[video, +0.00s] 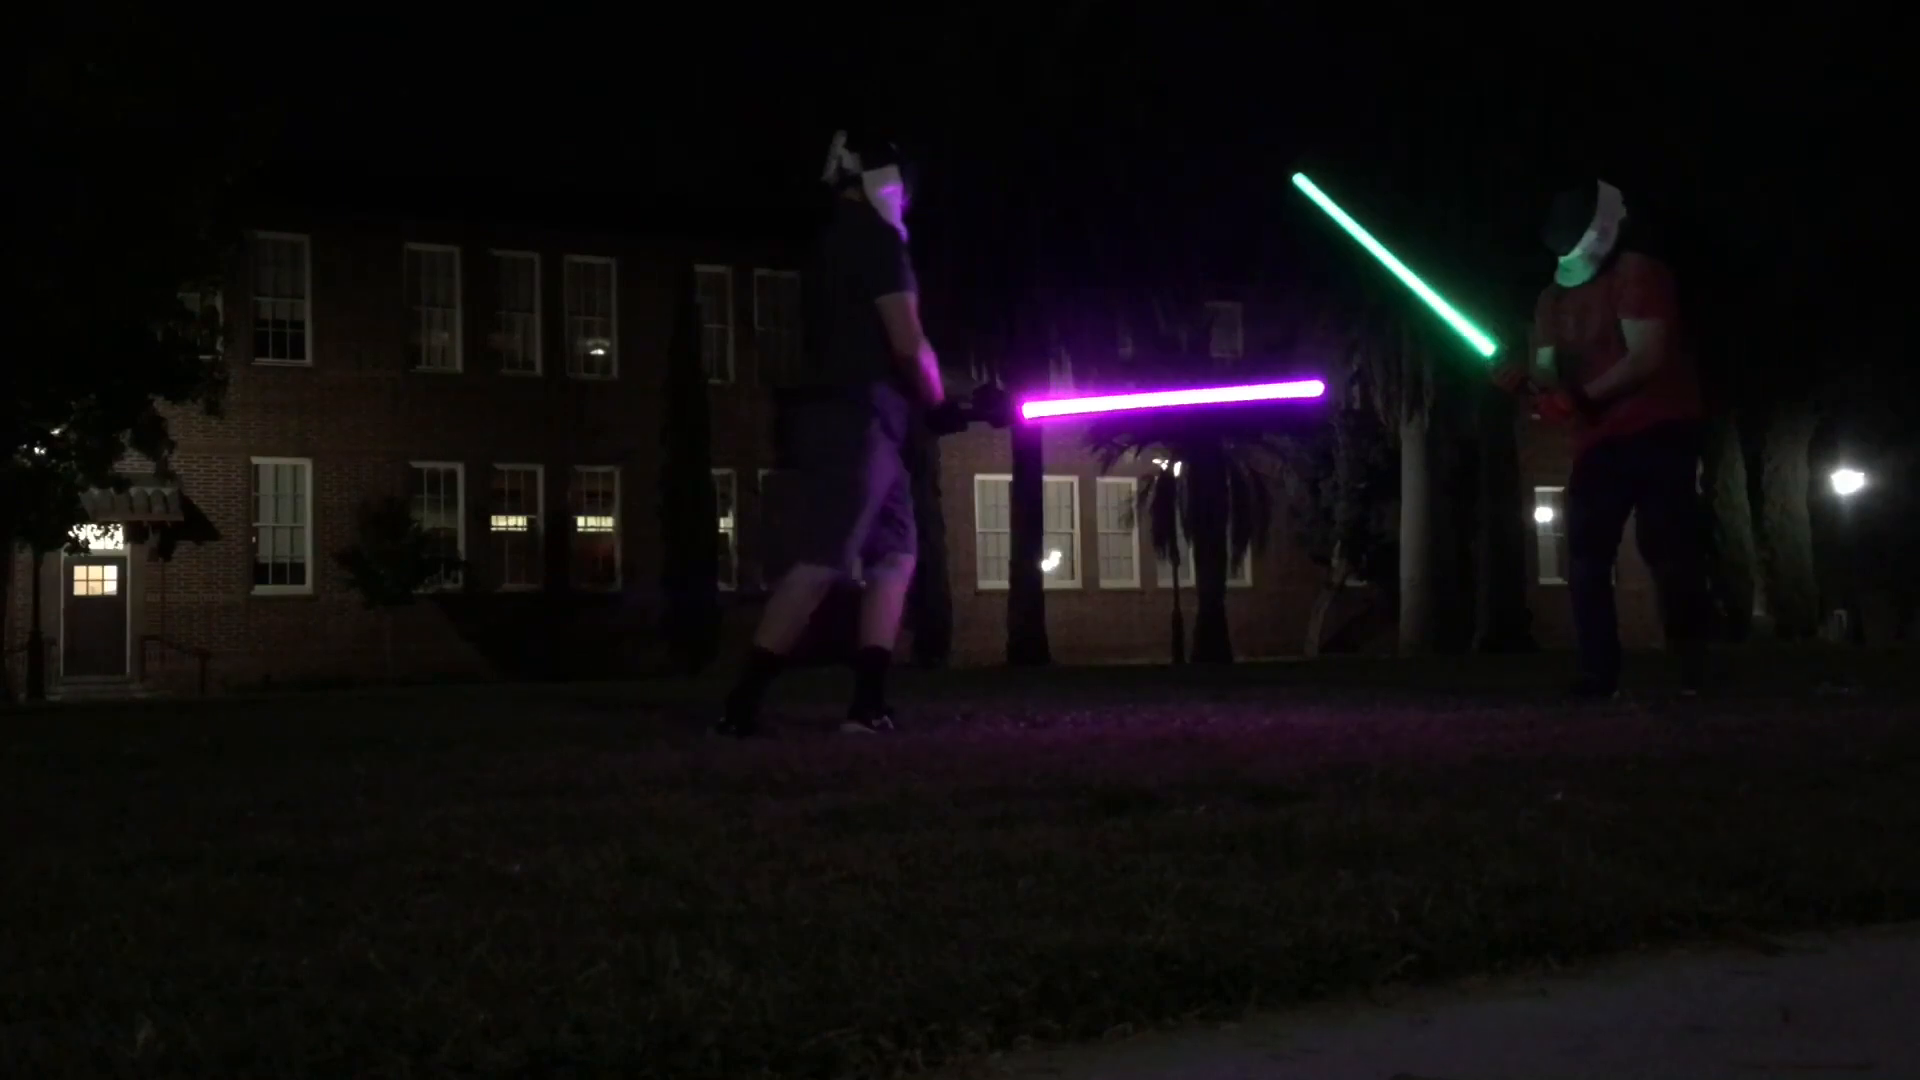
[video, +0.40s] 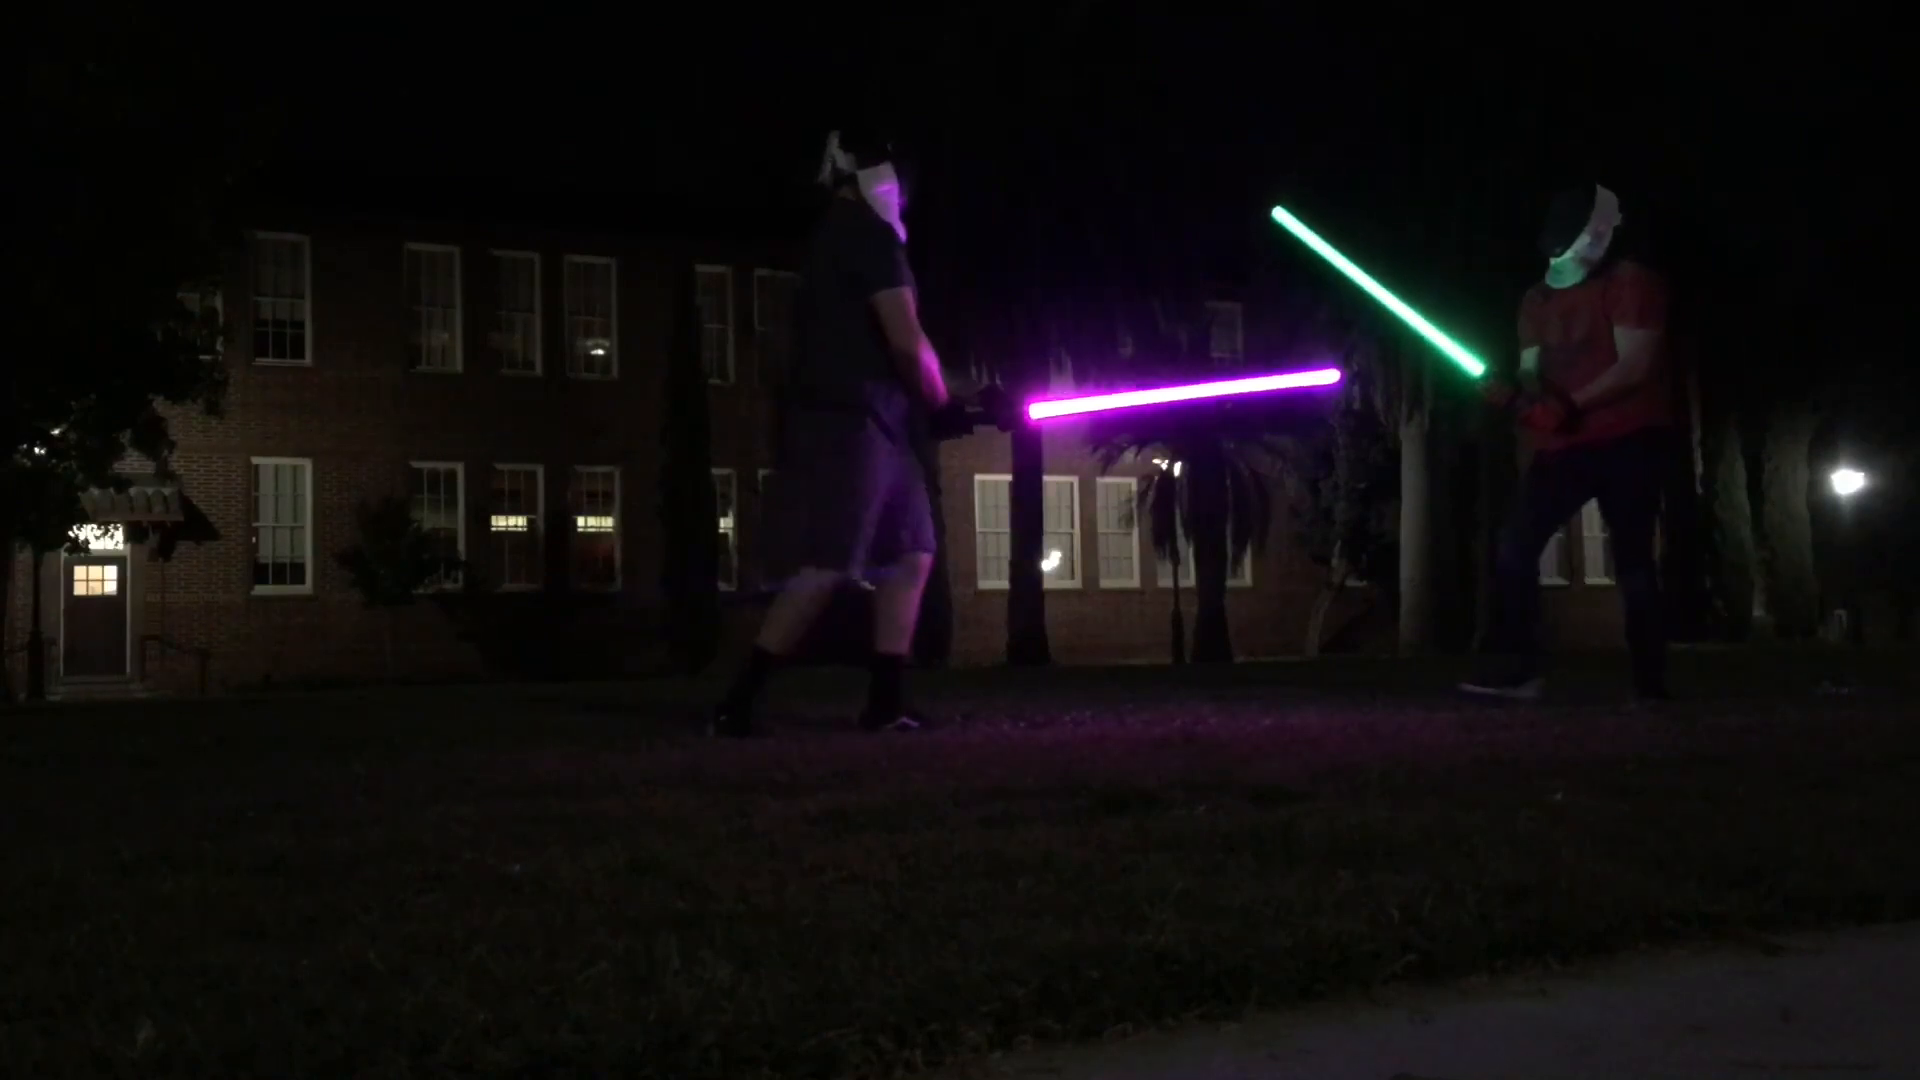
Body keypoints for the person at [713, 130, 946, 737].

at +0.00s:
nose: (903, 197)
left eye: (901, 184)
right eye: (895, 184)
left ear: (852, 188)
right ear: (867, 186)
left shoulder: (832, 238)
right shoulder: (877, 240)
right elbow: (909, 344)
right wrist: (939, 402)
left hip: (851, 421)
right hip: (858, 422)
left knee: (895, 554)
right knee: (824, 560)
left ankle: (869, 702)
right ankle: (744, 700)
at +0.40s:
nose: (900, 192)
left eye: (896, 179)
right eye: (891, 179)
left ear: (849, 185)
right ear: (867, 184)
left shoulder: (837, 237)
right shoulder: (872, 238)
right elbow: (908, 342)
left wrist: (927, 407)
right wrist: (943, 405)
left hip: (872, 428)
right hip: (849, 427)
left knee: (911, 553)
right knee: (828, 564)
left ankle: (885, 704)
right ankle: (741, 701)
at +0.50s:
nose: (912, 193)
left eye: (909, 180)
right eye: (903, 181)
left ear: (866, 184)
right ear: (878, 183)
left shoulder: (848, 233)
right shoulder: (881, 234)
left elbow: (903, 333)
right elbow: (914, 337)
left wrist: (956, 388)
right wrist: (952, 399)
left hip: (865, 413)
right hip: (870, 415)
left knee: (906, 555)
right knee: (891, 553)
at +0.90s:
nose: (964, 177)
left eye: (962, 164)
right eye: (956, 166)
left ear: (910, 170)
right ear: (929, 168)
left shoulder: (886, 225)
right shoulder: (938, 228)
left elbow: (936, 330)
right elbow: (974, 330)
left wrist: (1018, 357)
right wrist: (1006, 381)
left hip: (896, 407)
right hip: (935, 409)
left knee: (931, 550)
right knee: (976, 544)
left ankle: (905, 688)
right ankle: (932, 696)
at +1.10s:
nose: (1001, 177)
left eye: (998, 164)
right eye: (994, 164)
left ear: (942, 169)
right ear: (969, 167)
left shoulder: (918, 226)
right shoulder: (974, 232)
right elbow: (1013, 343)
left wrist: (1038, 365)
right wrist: (1043, 389)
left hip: (941, 407)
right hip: (972, 410)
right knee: (1009, 553)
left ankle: (986, 676)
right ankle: (941, 696)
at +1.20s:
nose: (1025, 189)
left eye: (1021, 176)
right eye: (1016, 176)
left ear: (964, 182)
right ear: (989, 179)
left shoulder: (940, 236)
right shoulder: (998, 241)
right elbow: (1041, 356)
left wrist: (1040, 364)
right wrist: (1066, 377)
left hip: (959, 414)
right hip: (990, 417)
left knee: (1059, 533)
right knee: (1018, 559)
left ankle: (1072, 686)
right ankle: (936, 705)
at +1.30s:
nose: (1050, 193)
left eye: (1046, 181)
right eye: (1042, 182)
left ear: (991, 187)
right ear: (1017, 186)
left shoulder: (974, 241)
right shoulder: (1027, 248)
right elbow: (1092, 356)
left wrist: (1095, 343)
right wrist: (1123, 357)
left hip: (991, 419)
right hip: (1015, 423)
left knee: (1091, 542)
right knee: (1025, 566)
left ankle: (1146, 677)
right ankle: (937, 704)